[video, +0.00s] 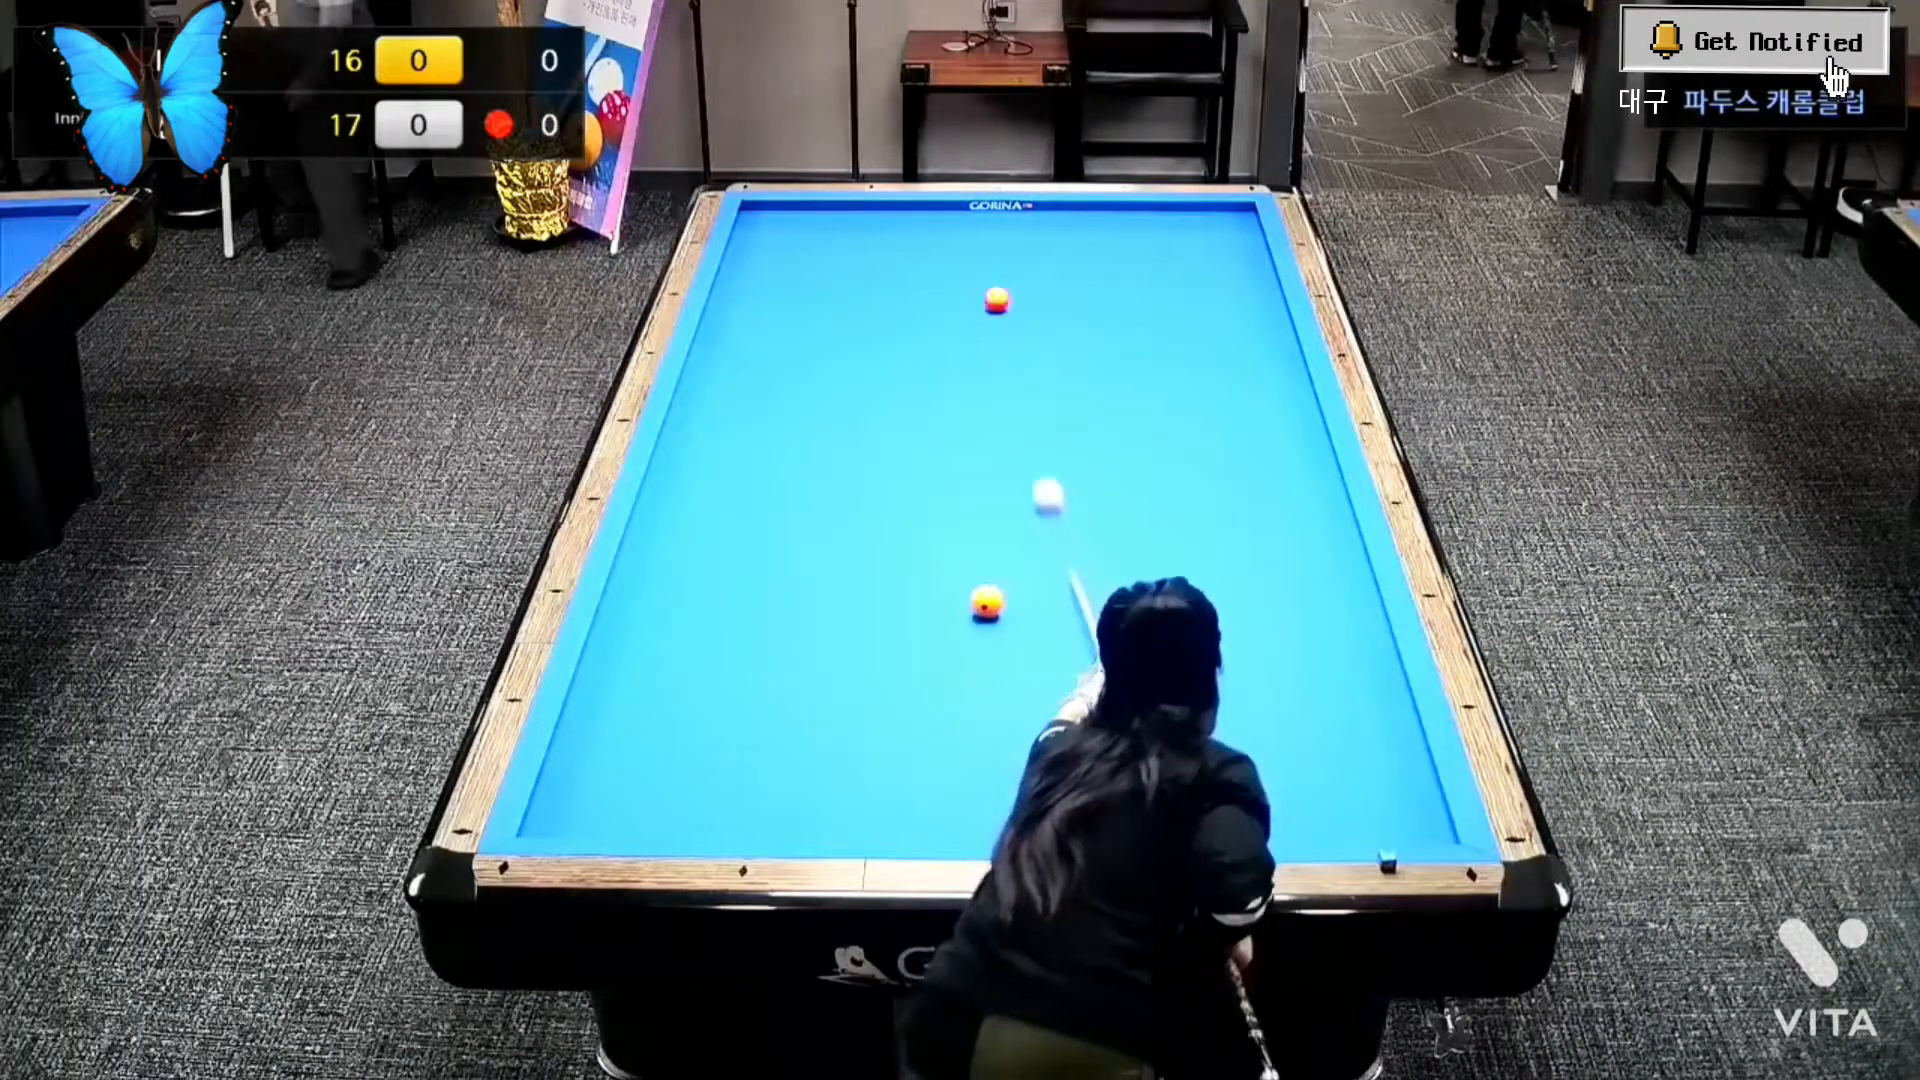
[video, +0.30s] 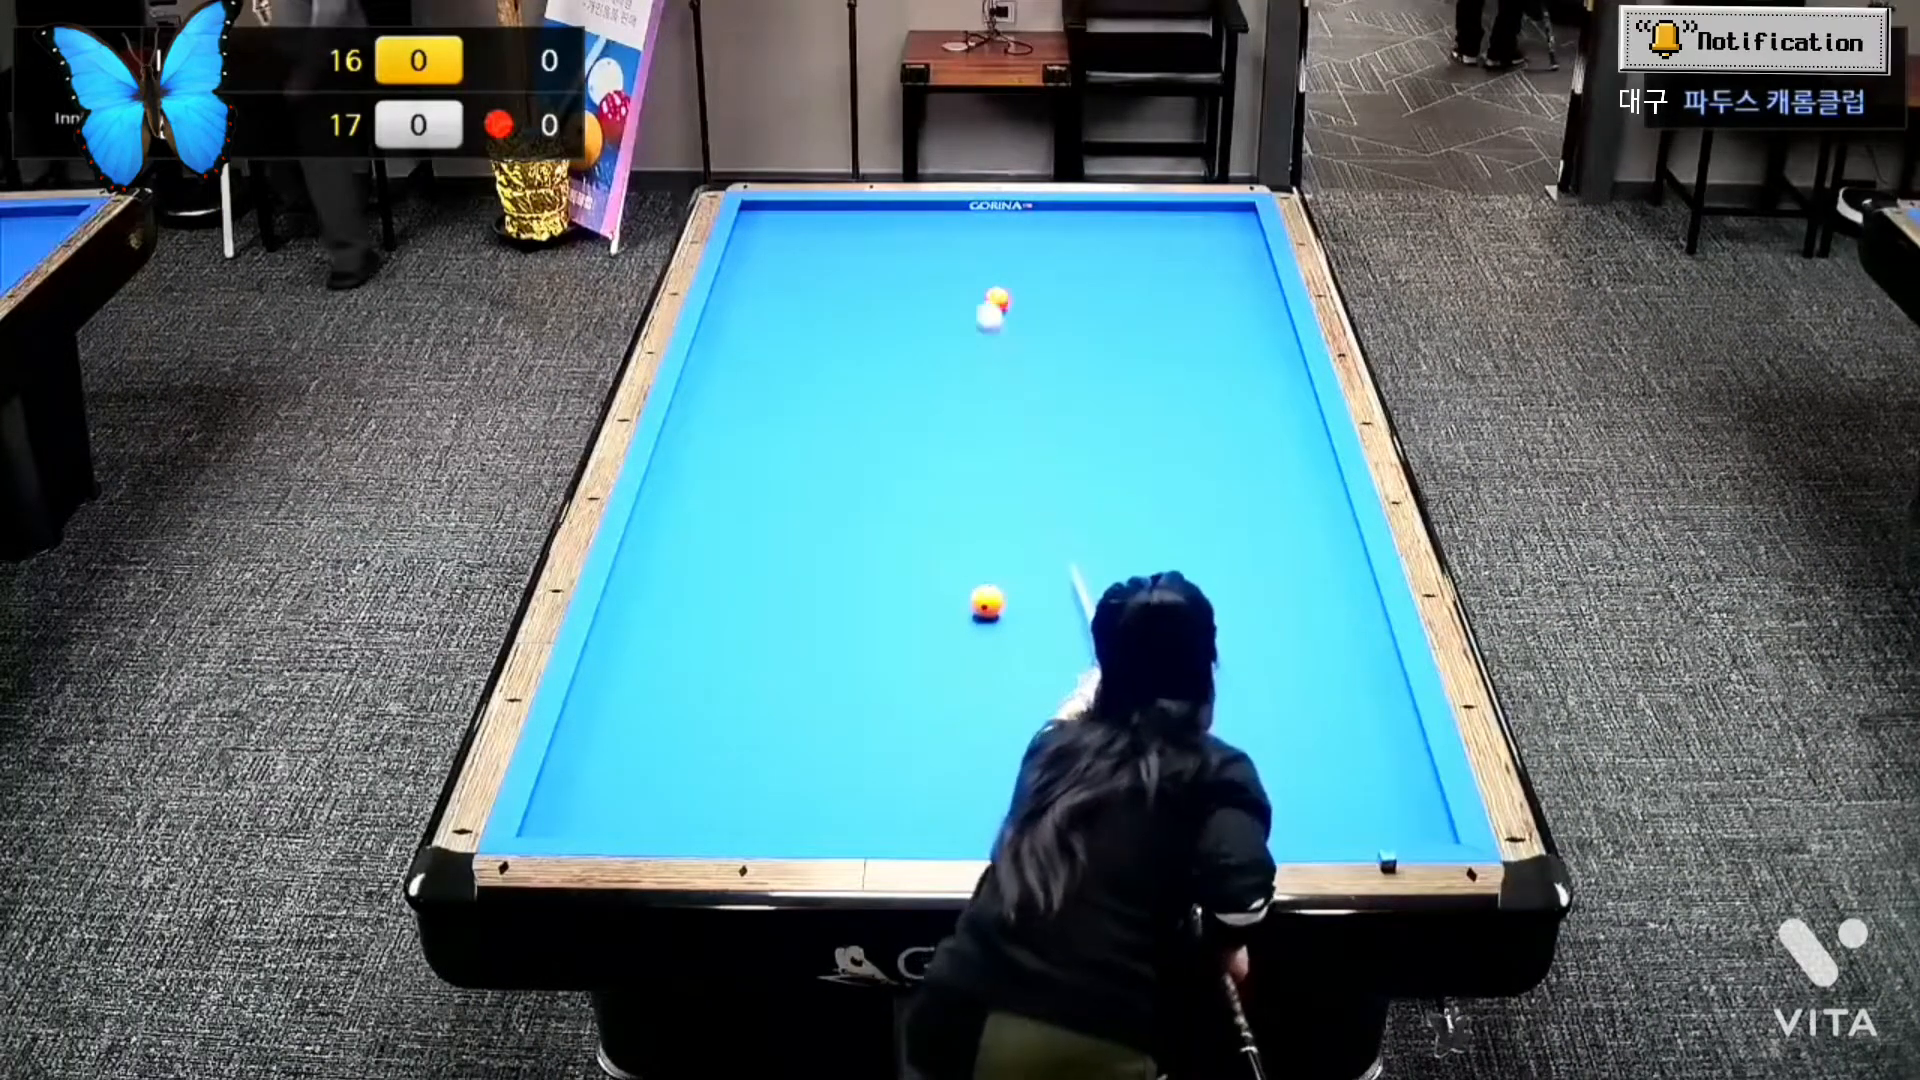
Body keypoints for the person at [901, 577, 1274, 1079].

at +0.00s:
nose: (1220, 672)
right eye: (1216, 660)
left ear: (1112, 671)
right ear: (1205, 669)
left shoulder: (1058, 748)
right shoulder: (1221, 771)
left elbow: (1077, 708)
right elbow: (1233, 872)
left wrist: (1104, 669)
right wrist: (1232, 937)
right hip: (1109, 1037)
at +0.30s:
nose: (1216, 661)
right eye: (1210, 649)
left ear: (1108, 661)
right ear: (1200, 662)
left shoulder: (1054, 744)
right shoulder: (1219, 769)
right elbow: (1238, 882)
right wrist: (1228, 943)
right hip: (1106, 1034)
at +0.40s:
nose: (1212, 662)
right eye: (1205, 650)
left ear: (1106, 659)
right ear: (1199, 660)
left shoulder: (1053, 742)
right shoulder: (1218, 767)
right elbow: (1237, 878)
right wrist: (1226, 944)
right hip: (1106, 1032)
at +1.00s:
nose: (1181, 607)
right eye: (1177, 595)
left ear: (1075, 601)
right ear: (1167, 606)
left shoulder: (1020, 696)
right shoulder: (1186, 726)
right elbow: (1192, 873)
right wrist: (1199, 923)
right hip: (1069, 1016)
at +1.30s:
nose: (1158, 539)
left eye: (1153, 522)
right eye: (1154, 524)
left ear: (1047, 536)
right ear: (1141, 543)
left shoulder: (989, 644)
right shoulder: (1160, 682)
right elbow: (1156, 864)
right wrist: (1183, 907)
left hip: (942, 976)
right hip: (1065, 997)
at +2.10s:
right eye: (1186, 532)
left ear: (1056, 534)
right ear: (1181, 547)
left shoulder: (995, 633)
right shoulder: (1207, 723)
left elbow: (945, 771)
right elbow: (1208, 927)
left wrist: (994, 853)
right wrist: (1229, 958)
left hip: (1003, 1002)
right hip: (1151, 1014)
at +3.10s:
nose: (1124, 577)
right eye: (1124, 561)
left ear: (1000, 554)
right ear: (1115, 577)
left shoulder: (916, 663)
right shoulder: (1138, 751)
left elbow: (868, 808)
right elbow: (1148, 946)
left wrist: (965, 835)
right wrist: (1190, 945)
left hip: (941, 1018)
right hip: (1091, 1028)